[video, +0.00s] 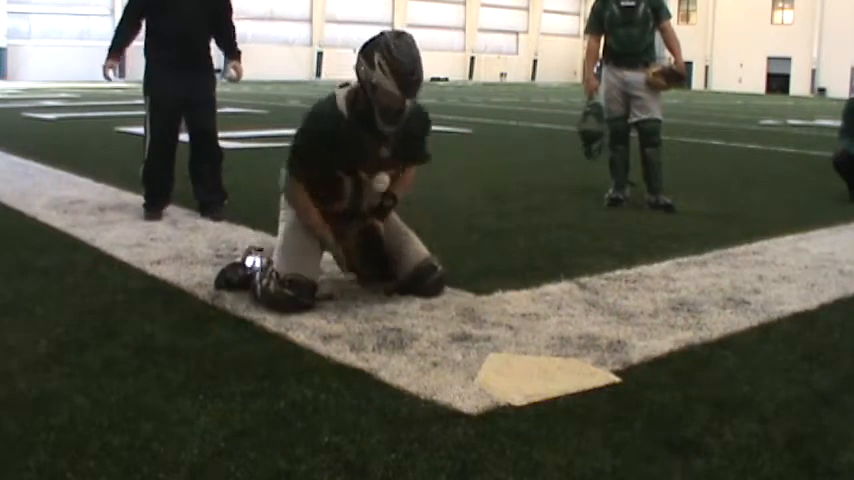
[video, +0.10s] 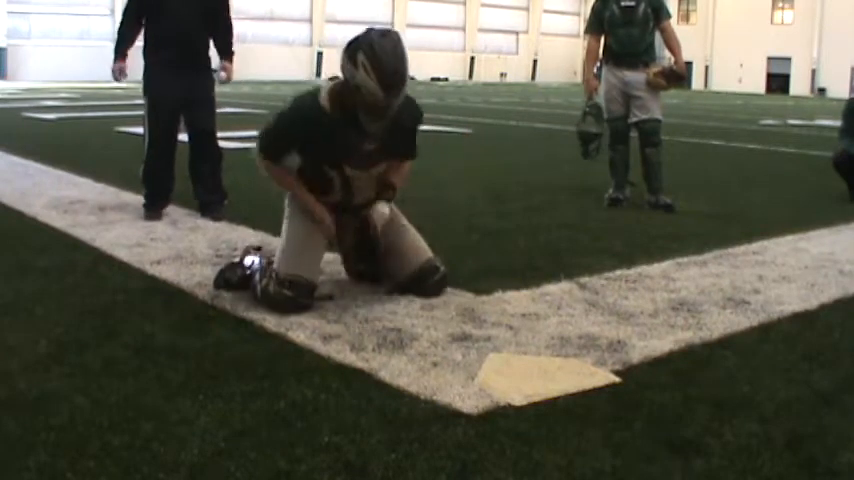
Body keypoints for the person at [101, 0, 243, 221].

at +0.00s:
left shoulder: (217, 3)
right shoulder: (146, 1)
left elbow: (222, 22)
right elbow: (132, 18)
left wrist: (233, 56)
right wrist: (115, 53)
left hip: (199, 71)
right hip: (162, 71)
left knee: (206, 140)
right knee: (160, 141)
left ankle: (211, 204)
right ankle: (154, 204)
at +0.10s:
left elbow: (221, 17)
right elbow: (133, 14)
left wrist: (226, 55)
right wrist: (121, 53)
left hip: (198, 66)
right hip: (160, 66)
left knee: (205, 138)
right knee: (160, 139)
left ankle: (211, 204)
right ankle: (154, 203)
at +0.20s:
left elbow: (218, 14)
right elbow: (132, 14)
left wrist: (216, 54)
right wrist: (128, 54)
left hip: (196, 63)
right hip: (158, 62)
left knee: (202, 137)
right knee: (158, 137)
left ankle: (211, 203)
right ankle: (154, 202)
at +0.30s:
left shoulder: (209, 5)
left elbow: (214, 19)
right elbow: (128, 17)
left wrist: (200, 49)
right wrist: (136, 51)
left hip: (192, 64)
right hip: (154, 64)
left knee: (200, 137)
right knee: (155, 138)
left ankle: (211, 203)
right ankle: (154, 202)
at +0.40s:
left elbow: (210, 18)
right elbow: (126, 20)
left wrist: (191, 45)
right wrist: (141, 48)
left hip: (188, 64)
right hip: (150, 65)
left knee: (198, 135)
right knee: (153, 137)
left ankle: (211, 203)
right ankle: (154, 201)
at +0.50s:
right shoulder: (130, 3)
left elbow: (206, 17)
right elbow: (122, 20)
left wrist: (188, 43)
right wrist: (136, 46)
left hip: (184, 63)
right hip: (147, 64)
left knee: (195, 134)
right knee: (151, 136)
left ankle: (211, 203)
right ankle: (154, 201)